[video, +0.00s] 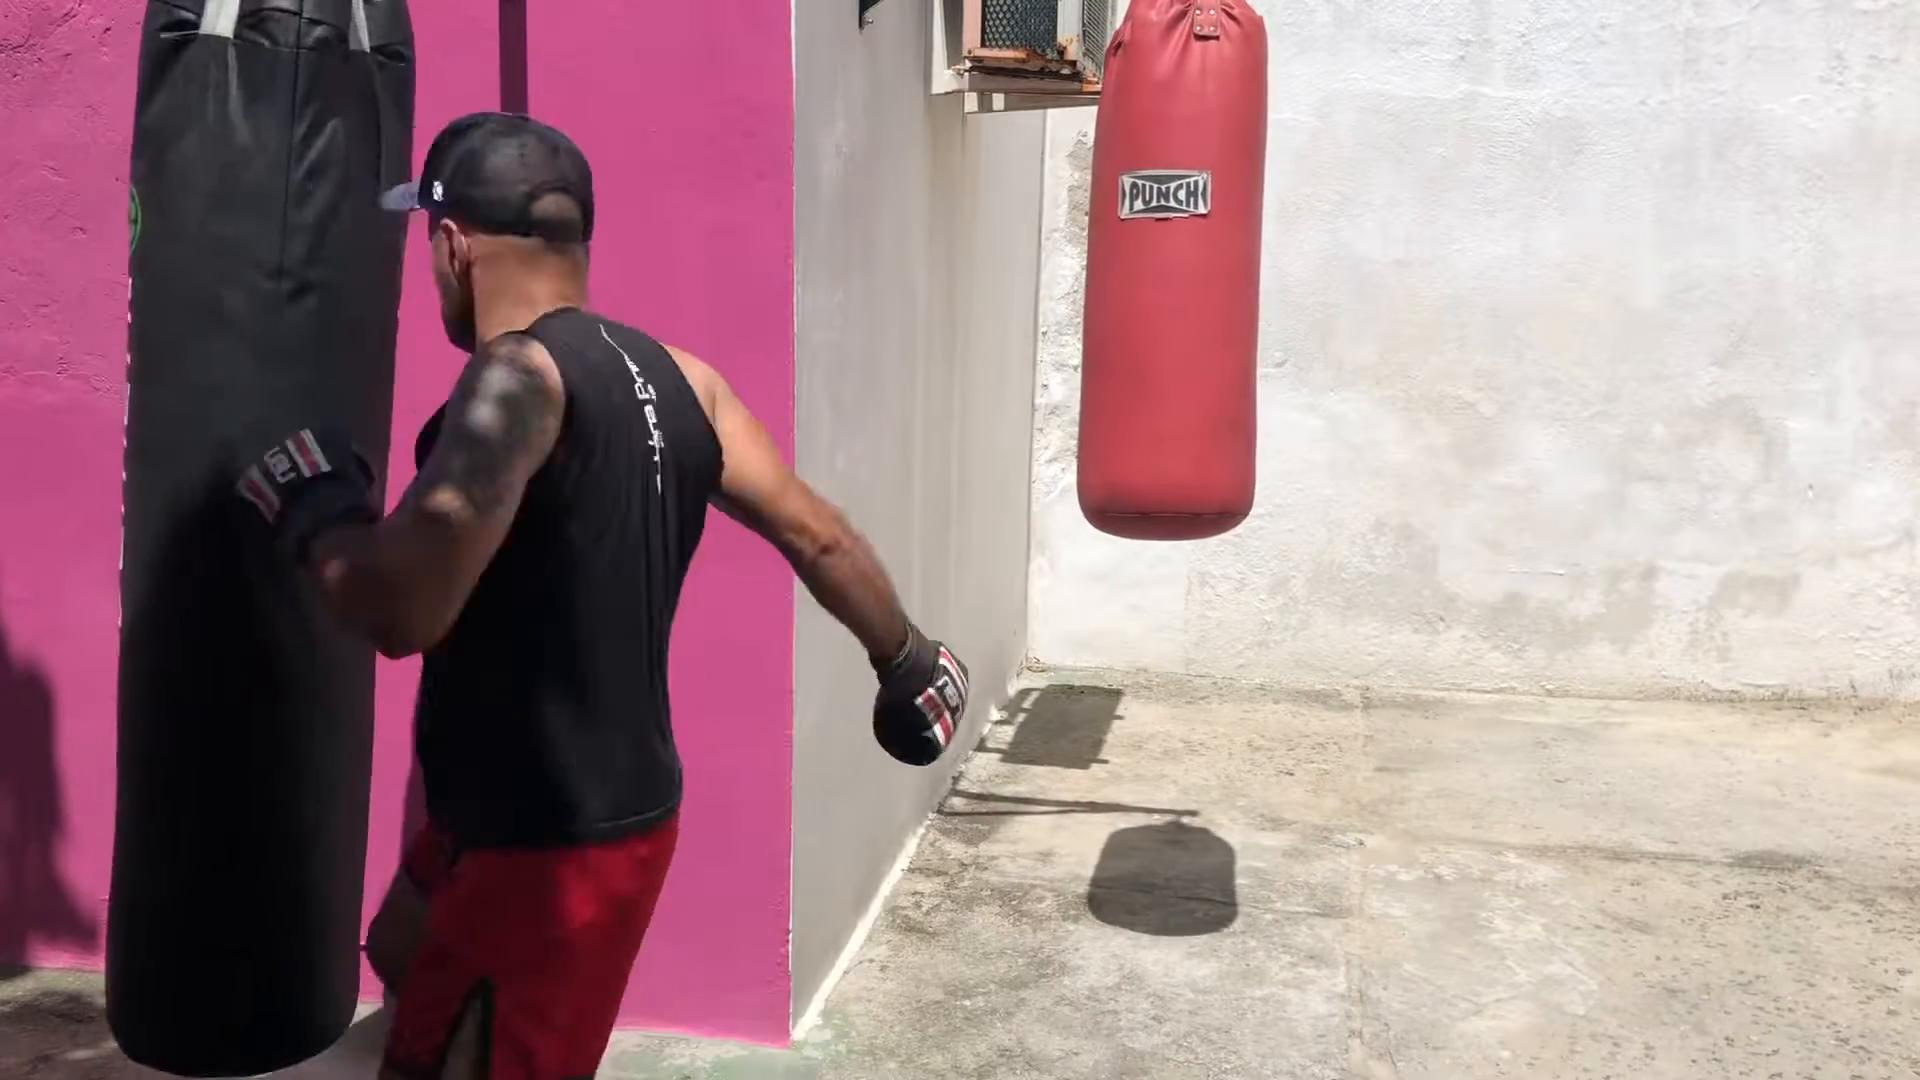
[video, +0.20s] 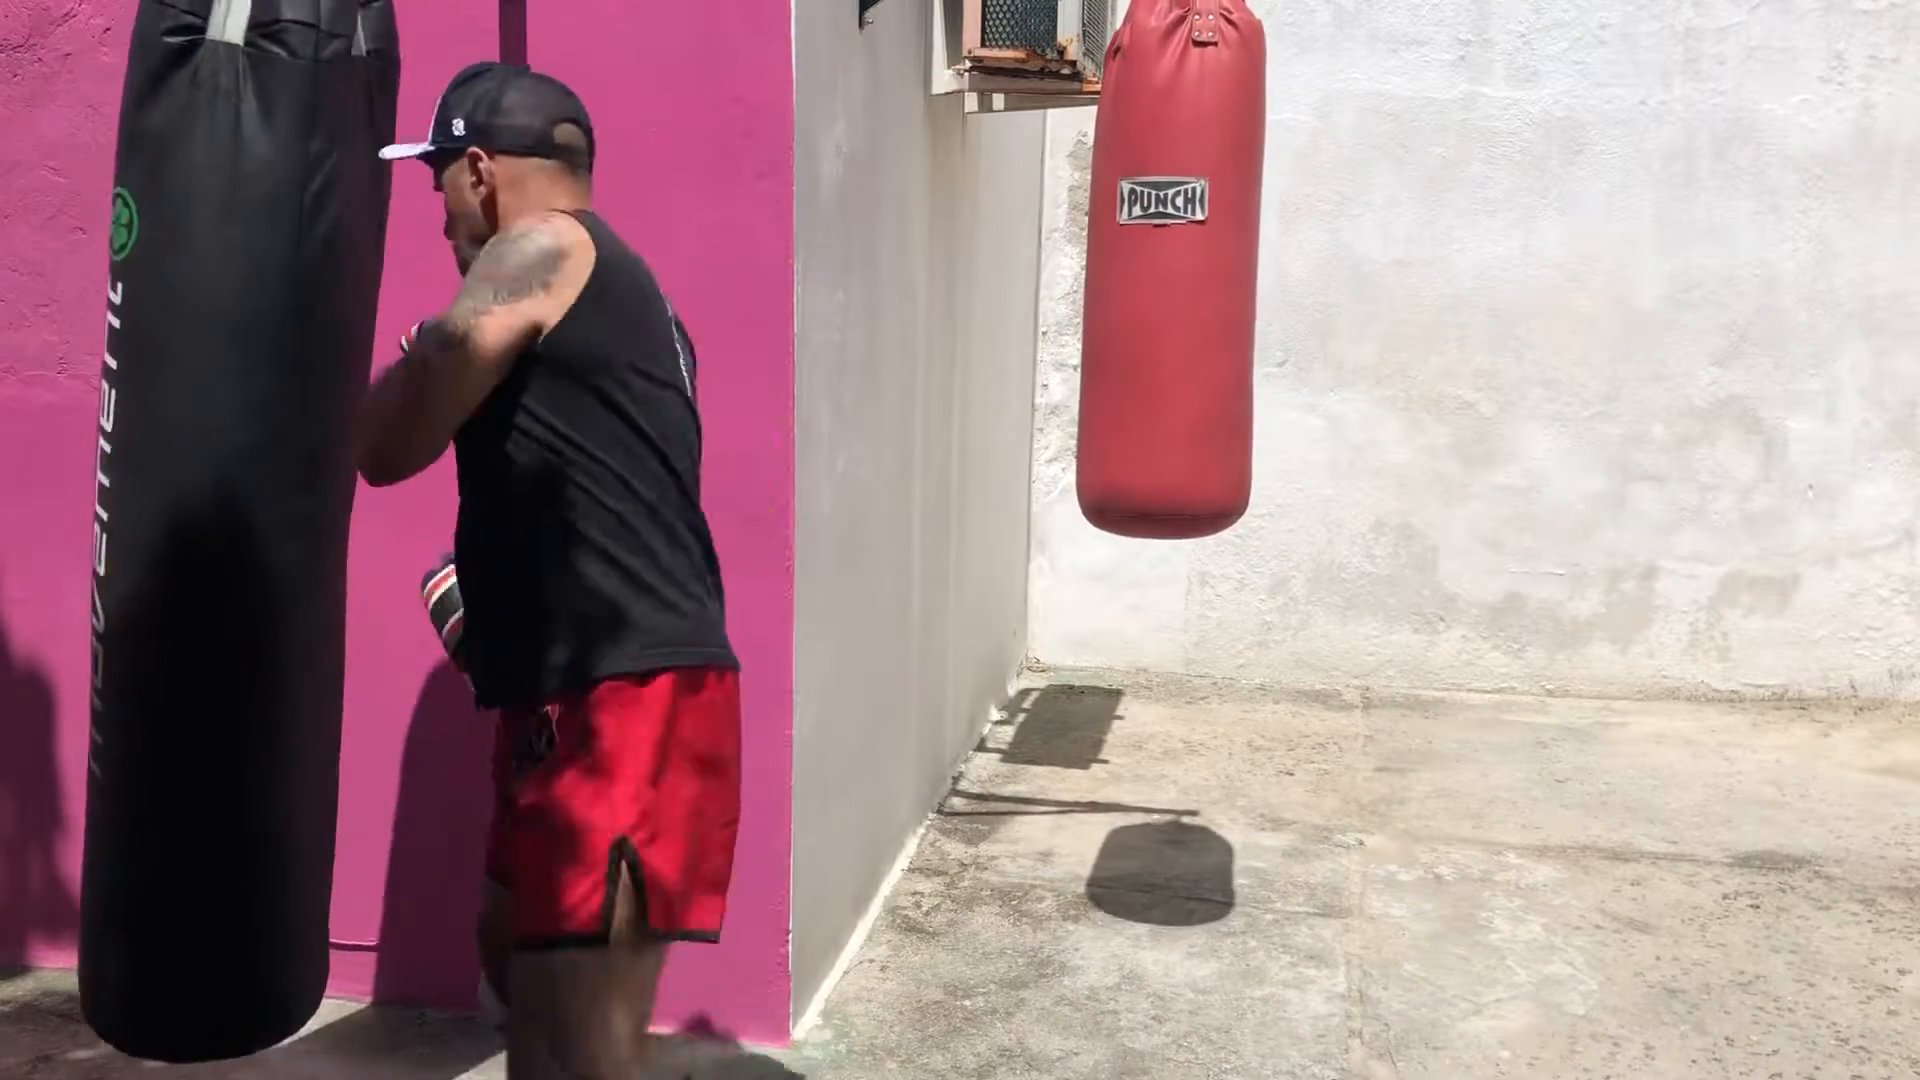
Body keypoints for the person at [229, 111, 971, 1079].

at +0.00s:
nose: (429, 263)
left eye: (430, 234)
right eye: (429, 235)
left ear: (458, 240)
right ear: (575, 239)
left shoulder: (515, 377)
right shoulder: (681, 380)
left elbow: (405, 608)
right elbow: (817, 535)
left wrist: (324, 515)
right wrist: (907, 660)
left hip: (524, 843)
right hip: (625, 825)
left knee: (465, 1057)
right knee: (405, 955)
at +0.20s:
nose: (442, 209)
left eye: (442, 176)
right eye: (441, 179)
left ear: (481, 170)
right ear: (567, 165)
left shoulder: (534, 251)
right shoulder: (626, 285)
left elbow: (385, 444)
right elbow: (624, 500)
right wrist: (501, 598)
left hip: (619, 685)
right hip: (600, 683)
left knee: (578, 1028)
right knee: (520, 962)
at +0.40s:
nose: (461, 217)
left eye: (468, 185)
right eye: (461, 190)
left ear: (519, 182)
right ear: (550, 181)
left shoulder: (626, 271)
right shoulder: (627, 305)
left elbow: (504, 464)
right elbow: (763, 483)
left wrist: (473, 388)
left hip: (690, 681)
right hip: (585, 690)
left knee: (652, 1009)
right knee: (510, 936)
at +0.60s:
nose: (556, 220)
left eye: (566, 193)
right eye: (554, 196)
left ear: (633, 194)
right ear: (638, 198)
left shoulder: (744, 292)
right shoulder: (640, 334)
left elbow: (613, 460)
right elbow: (672, 517)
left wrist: (555, 370)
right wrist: (547, 542)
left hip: (753, 683)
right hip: (630, 692)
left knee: (704, 1001)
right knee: (524, 944)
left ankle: (825, 1067)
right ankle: (586, 1075)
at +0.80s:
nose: (718, 171)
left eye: (727, 145)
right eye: (715, 147)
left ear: (793, 139)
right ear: (808, 137)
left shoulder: (878, 235)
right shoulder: (847, 241)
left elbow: (806, 418)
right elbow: (826, 408)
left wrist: (670, 334)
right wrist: (744, 329)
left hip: (901, 625)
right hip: (852, 622)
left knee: (817, 926)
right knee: (792, 868)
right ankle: (963, 1034)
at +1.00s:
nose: (817, 262)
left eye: (829, 236)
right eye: (816, 238)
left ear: (894, 235)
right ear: (899, 234)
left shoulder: (977, 328)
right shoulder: (963, 325)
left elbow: (956, 524)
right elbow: (932, 483)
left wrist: (808, 436)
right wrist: (846, 406)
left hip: (1017, 698)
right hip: (1007, 688)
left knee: (876, 981)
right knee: (1004, 932)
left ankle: (1044, 1073)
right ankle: (1111, 1069)